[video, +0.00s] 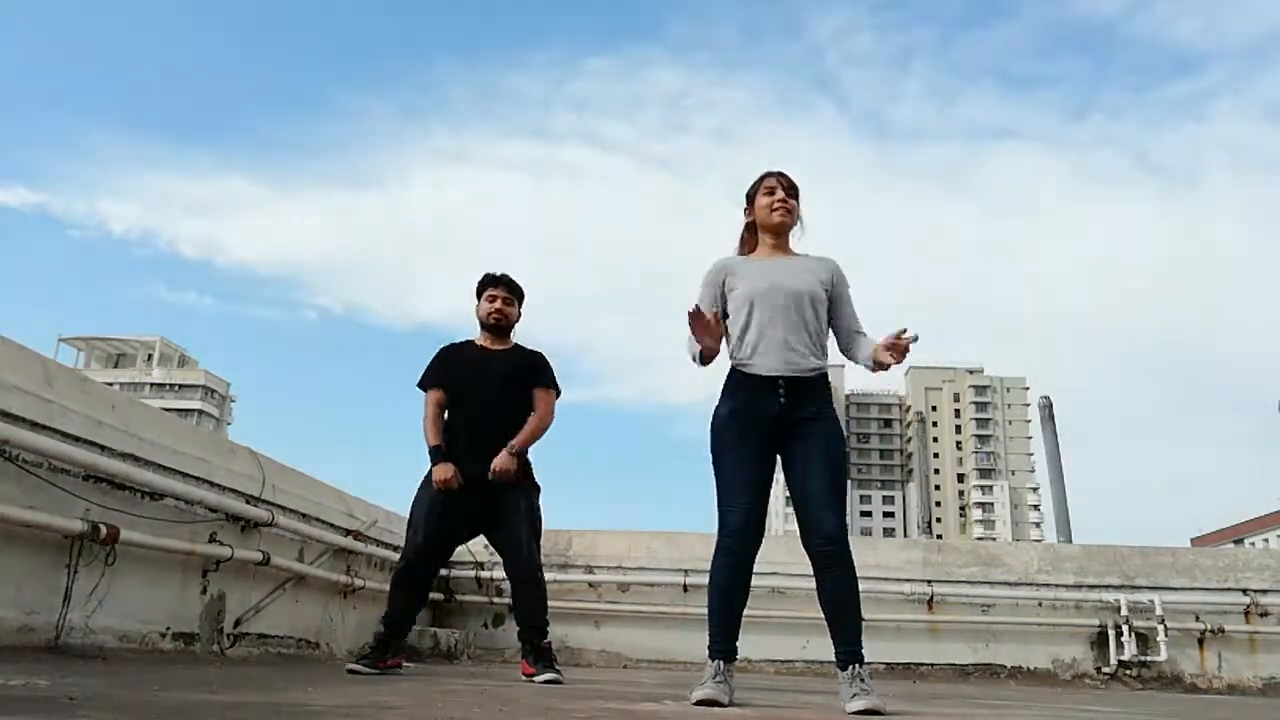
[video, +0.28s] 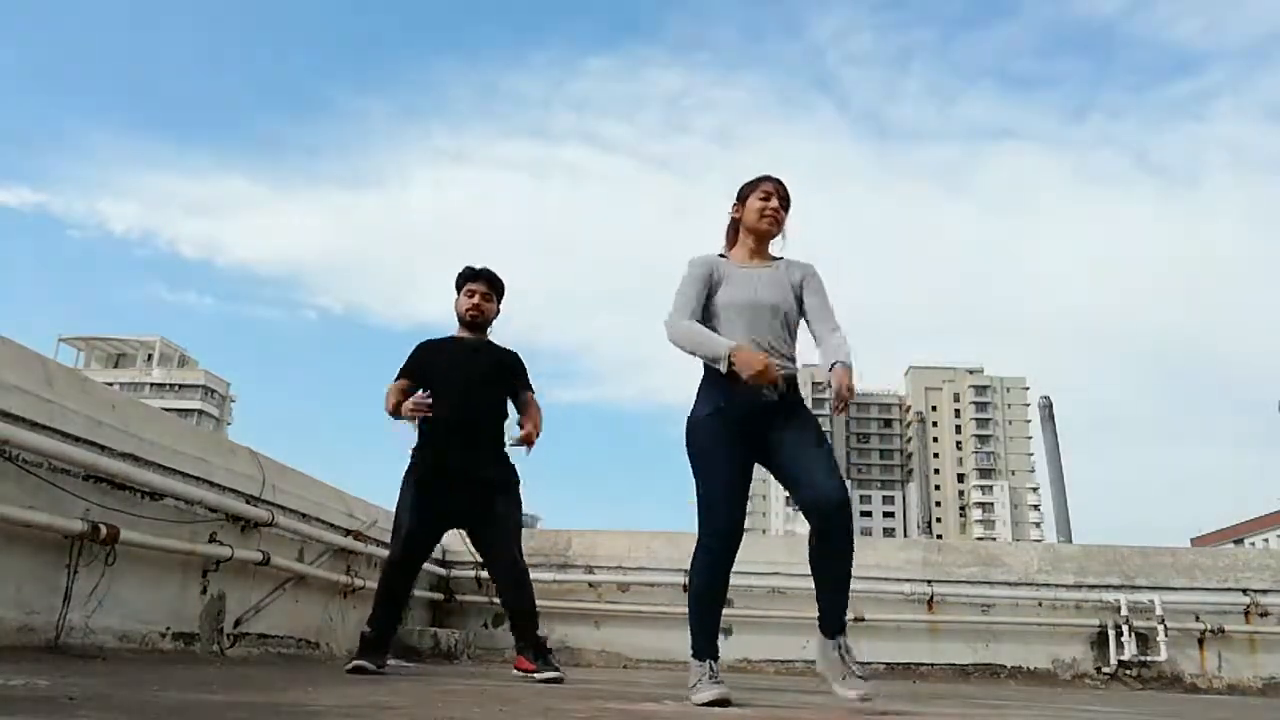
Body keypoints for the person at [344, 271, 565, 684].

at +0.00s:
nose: (498, 306)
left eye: (507, 302)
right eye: (491, 299)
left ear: (518, 313)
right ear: (477, 307)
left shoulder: (534, 362)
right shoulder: (451, 355)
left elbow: (544, 412)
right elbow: (433, 409)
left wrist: (514, 450)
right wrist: (439, 458)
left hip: (508, 483)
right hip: (452, 478)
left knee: (526, 566)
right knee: (416, 558)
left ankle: (537, 653)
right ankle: (389, 644)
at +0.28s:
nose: (476, 301)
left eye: (486, 297)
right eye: (470, 294)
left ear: (497, 310)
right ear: (457, 301)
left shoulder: (508, 361)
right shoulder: (428, 352)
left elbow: (528, 404)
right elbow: (395, 397)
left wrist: (530, 427)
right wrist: (402, 407)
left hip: (489, 475)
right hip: (431, 471)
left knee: (509, 563)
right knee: (402, 558)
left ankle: (530, 651)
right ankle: (373, 648)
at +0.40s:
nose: (469, 301)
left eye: (479, 297)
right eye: (463, 293)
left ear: (489, 310)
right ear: (449, 301)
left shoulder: (498, 355)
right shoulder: (426, 352)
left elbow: (531, 393)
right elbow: (374, 382)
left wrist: (560, 375)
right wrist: (360, 341)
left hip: (485, 472)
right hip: (429, 470)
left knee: (504, 530)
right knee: (402, 557)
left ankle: (476, 566)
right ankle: (372, 649)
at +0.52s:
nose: (471, 300)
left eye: (481, 296)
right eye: (465, 292)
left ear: (491, 309)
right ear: (450, 301)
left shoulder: (500, 355)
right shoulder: (426, 351)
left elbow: (539, 388)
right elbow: (372, 375)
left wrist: (563, 361)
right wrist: (366, 330)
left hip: (486, 469)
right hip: (430, 469)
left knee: (502, 523)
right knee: (398, 558)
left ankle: (466, 535)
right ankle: (372, 650)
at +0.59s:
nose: (488, 304)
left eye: (498, 300)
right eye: (481, 296)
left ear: (505, 314)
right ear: (466, 304)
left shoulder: (511, 359)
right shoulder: (438, 343)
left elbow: (560, 386)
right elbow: (393, 358)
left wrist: (559, 353)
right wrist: (439, 346)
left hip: (490, 470)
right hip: (435, 471)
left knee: (526, 518)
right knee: (404, 561)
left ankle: (511, 617)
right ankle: (371, 651)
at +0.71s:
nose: (493, 329)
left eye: (503, 325)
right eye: (487, 320)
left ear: (510, 338)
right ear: (471, 326)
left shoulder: (513, 376)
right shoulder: (448, 360)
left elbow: (550, 393)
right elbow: (469, 379)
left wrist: (535, 374)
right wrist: (512, 394)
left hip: (500, 492)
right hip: (443, 490)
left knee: (526, 557)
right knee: (405, 561)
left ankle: (544, 656)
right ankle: (374, 649)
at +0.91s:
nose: (507, 306)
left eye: (516, 303)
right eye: (500, 298)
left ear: (524, 316)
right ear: (485, 305)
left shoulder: (528, 369)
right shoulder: (458, 344)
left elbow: (568, 410)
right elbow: (425, 377)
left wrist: (578, 399)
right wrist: (475, 387)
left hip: (509, 487)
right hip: (453, 482)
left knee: (529, 571)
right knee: (416, 566)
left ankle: (542, 658)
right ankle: (375, 651)